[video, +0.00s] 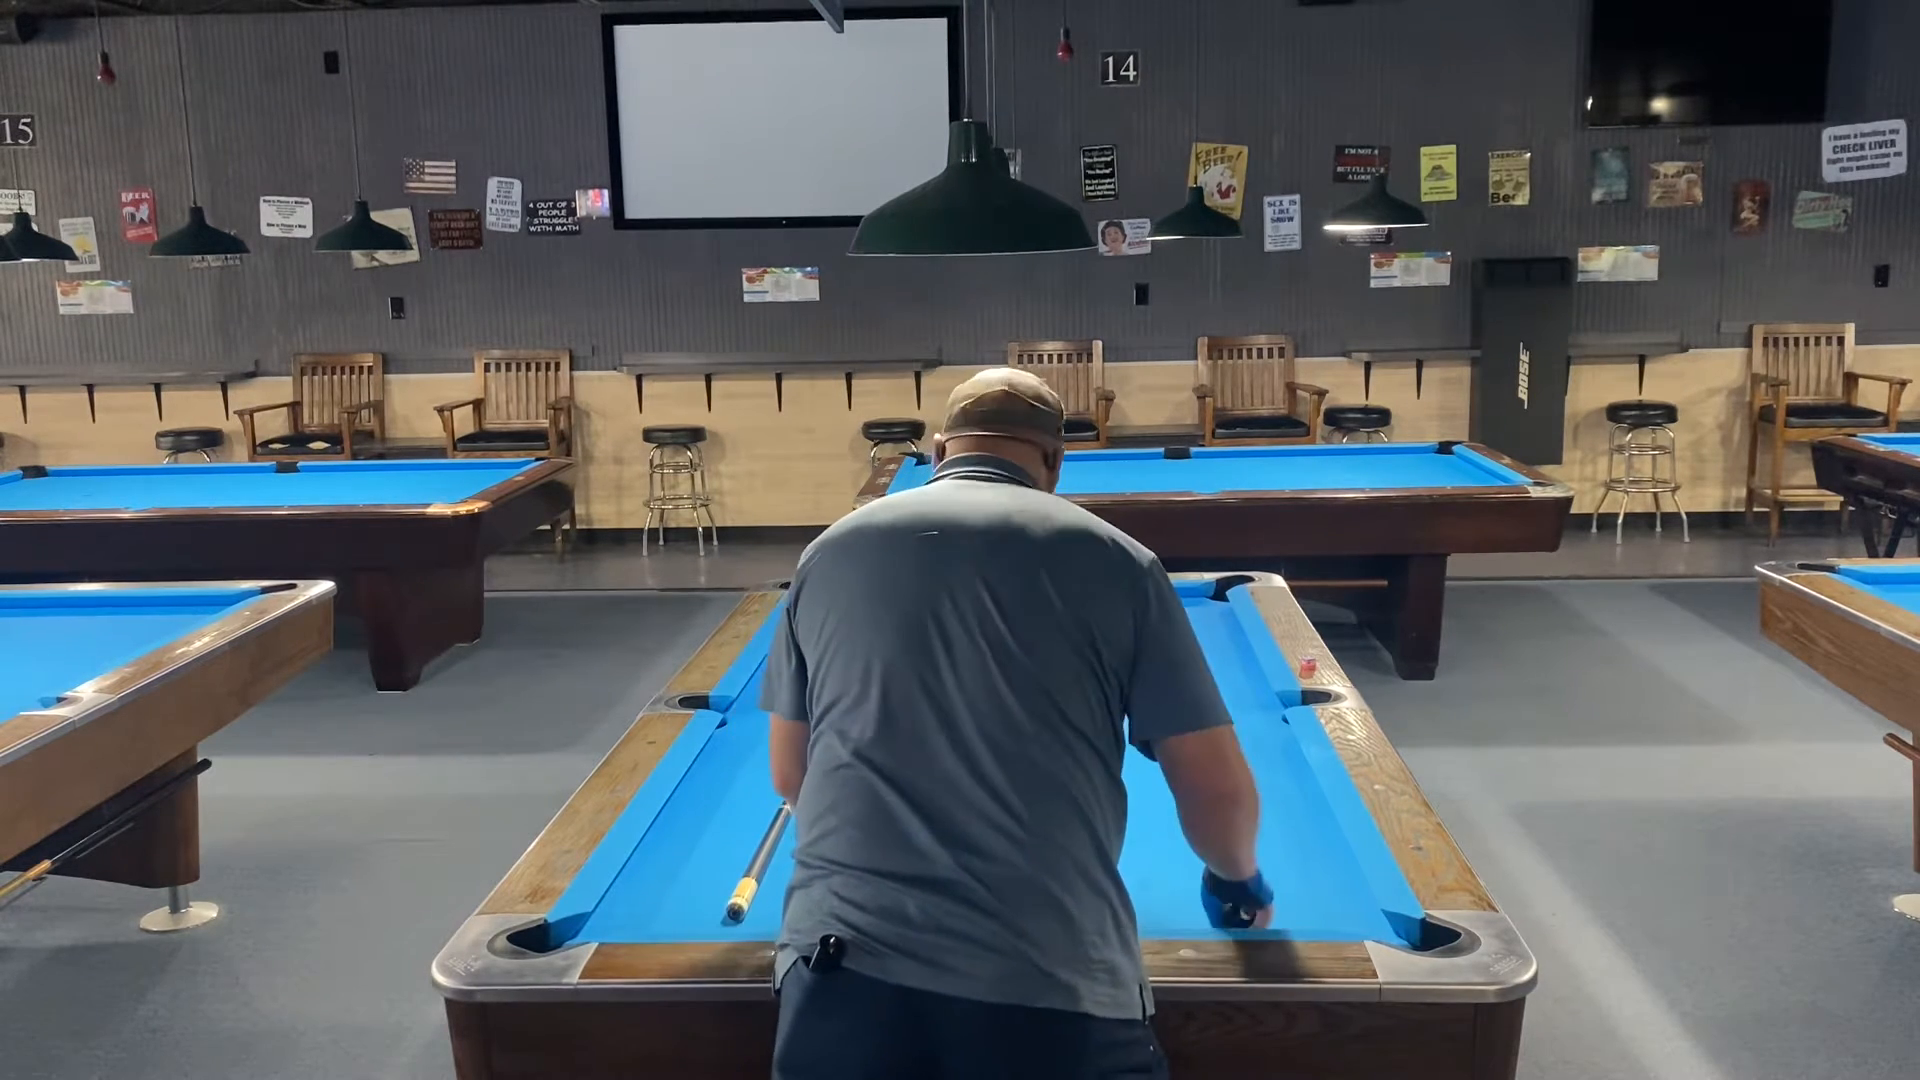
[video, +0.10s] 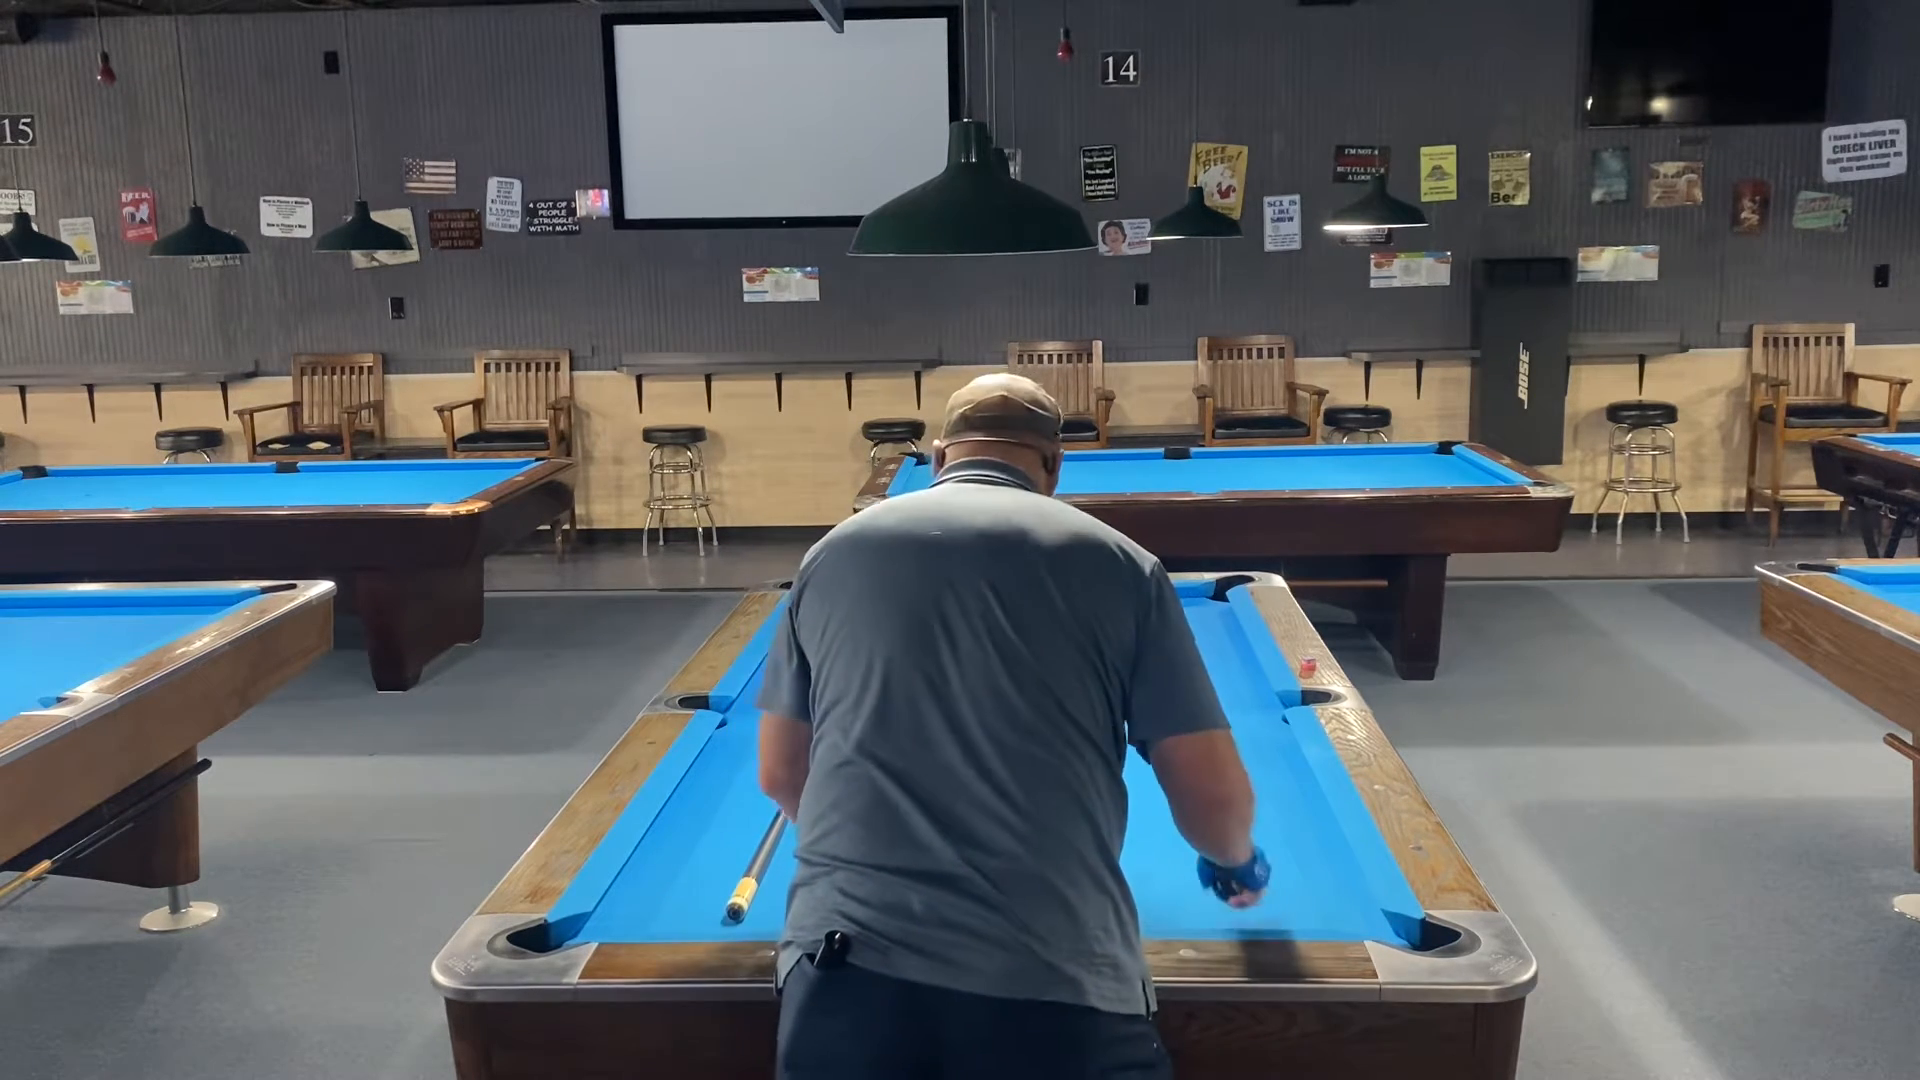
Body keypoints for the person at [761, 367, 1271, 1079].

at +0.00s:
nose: (1052, 477)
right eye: (1054, 464)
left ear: (938, 453)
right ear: (1052, 458)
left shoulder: (833, 549)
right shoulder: (1117, 562)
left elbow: (792, 772)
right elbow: (1214, 782)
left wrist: (880, 831)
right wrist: (1235, 881)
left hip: (848, 986)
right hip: (1056, 1005)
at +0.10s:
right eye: (1052, 468)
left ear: (939, 458)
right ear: (1051, 463)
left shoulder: (837, 550)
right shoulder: (1120, 566)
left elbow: (783, 772)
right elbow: (1211, 789)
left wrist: (870, 835)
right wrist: (1234, 863)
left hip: (851, 982)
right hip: (1060, 1000)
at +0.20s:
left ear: (940, 466)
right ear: (1049, 473)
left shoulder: (837, 554)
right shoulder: (1118, 568)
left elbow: (769, 768)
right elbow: (1204, 795)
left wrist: (855, 829)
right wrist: (1214, 845)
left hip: (851, 978)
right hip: (1062, 996)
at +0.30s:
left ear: (935, 469)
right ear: (1045, 478)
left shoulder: (836, 557)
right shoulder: (1117, 573)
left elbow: (777, 772)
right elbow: (1192, 798)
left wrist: (861, 819)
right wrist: (1163, 822)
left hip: (854, 979)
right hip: (1066, 994)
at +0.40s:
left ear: (931, 477)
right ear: (1042, 487)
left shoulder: (835, 563)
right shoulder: (1108, 574)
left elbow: (793, 780)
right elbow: (1172, 795)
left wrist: (892, 786)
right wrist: (1109, 805)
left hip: (854, 979)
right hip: (1061, 988)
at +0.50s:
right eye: (1041, 484)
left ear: (927, 483)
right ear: (1037, 486)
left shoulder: (834, 570)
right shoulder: (1104, 576)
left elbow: (804, 780)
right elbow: (1153, 787)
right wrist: (1065, 827)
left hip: (850, 977)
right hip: (1057, 984)